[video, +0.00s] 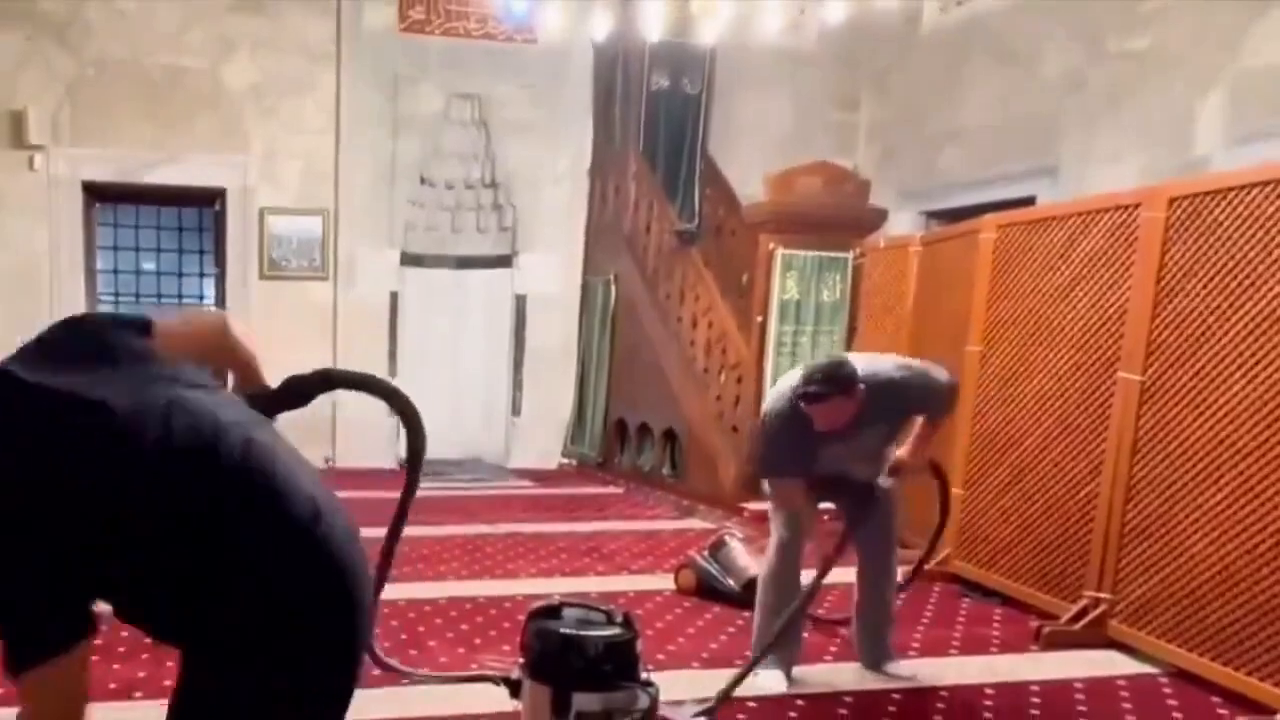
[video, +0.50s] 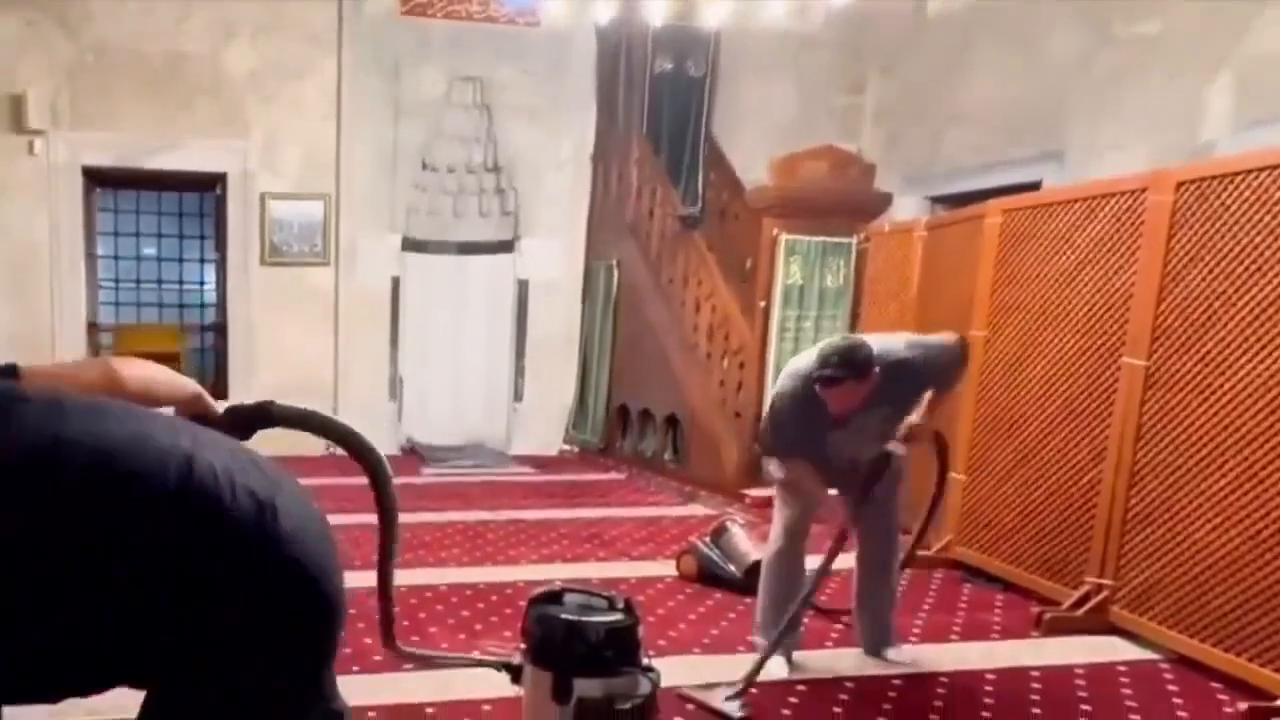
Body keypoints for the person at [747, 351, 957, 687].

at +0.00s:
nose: (815, 420)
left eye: (823, 411)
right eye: (809, 411)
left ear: (855, 397)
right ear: (804, 399)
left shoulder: (894, 383)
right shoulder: (782, 413)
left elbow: (943, 391)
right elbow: (785, 488)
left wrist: (914, 450)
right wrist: (813, 535)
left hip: (864, 475)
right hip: (801, 478)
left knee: (880, 558)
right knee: (785, 545)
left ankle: (876, 654)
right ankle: (772, 660)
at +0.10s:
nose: (820, 426)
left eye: (829, 415)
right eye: (813, 416)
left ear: (859, 401)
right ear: (805, 404)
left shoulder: (897, 388)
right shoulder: (783, 418)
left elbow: (942, 413)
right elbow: (775, 486)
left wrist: (904, 470)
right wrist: (799, 548)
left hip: (867, 481)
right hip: (806, 480)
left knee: (879, 559)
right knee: (782, 552)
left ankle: (878, 654)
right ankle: (771, 659)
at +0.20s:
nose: (824, 417)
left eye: (833, 407)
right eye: (818, 408)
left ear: (862, 399)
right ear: (810, 401)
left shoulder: (905, 392)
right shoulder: (785, 417)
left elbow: (932, 436)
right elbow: (772, 485)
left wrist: (891, 481)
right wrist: (784, 551)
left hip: (867, 475)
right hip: (803, 478)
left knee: (878, 560)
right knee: (780, 559)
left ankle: (878, 651)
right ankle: (773, 656)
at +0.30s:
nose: (828, 408)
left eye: (837, 400)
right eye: (822, 399)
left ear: (867, 392)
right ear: (814, 390)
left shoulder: (911, 384)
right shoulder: (790, 405)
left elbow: (932, 427)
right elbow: (771, 473)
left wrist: (893, 470)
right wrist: (783, 537)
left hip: (865, 472)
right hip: (803, 474)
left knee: (880, 553)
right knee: (781, 550)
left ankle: (878, 647)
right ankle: (773, 652)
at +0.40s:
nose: (828, 398)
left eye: (837, 389)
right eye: (822, 389)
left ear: (868, 382)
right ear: (815, 379)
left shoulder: (910, 369)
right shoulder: (793, 395)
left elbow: (948, 387)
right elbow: (772, 463)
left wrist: (909, 443)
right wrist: (806, 521)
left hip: (872, 466)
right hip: (808, 469)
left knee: (880, 553)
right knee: (785, 548)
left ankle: (879, 645)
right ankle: (773, 649)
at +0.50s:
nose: (826, 397)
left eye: (835, 388)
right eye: (822, 388)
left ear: (868, 379)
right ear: (816, 379)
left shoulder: (907, 361)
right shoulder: (793, 392)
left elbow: (957, 351)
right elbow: (786, 458)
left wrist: (926, 417)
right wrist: (823, 501)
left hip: (874, 458)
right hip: (810, 461)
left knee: (881, 546)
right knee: (786, 540)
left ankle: (879, 641)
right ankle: (776, 645)